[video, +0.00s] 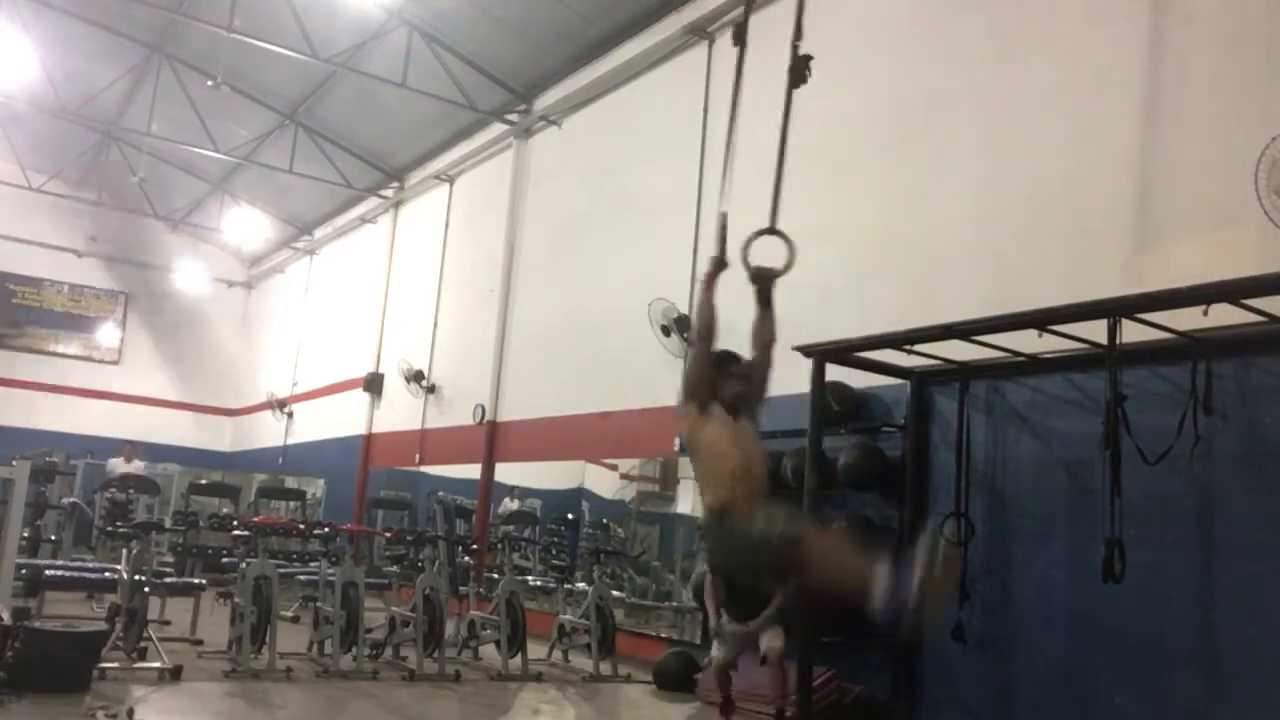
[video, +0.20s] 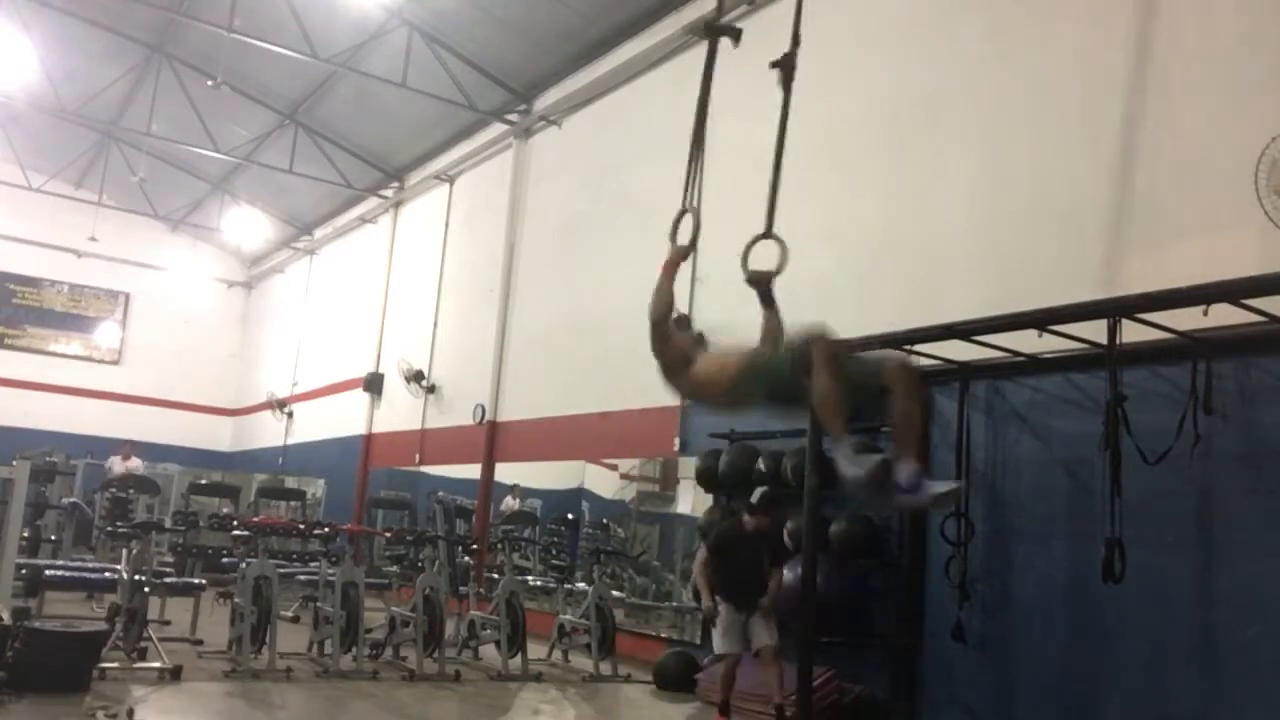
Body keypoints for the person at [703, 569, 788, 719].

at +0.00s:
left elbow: (781, 594)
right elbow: (710, 584)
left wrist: (758, 622)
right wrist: (713, 619)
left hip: (765, 617)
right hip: (731, 616)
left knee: (775, 653)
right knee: (719, 662)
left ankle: (780, 709)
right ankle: (726, 702)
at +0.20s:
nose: (761, 524)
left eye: (765, 519)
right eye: (757, 518)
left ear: (769, 518)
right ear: (746, 514)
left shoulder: (769, 536)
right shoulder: (723, 533)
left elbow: (777, 571)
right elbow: (699, 566)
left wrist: (769, 597)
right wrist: (707, 599)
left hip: (758, 601)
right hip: (727, 601)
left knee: (771, 652)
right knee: (731, 657)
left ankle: (778, 706)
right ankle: (724, 706)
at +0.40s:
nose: (764, 507)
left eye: (766, 502)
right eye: (761, 501)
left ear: (768, 503)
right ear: (749, 499)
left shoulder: (769, 524)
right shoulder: (728, 520)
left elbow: (773, 560)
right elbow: (710, 551)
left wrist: (774, 590)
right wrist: (724, 576)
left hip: (759, 594)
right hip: (731, 593)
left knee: (767, 647)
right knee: (730, 652)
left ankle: (755, 702)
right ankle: (724, 704)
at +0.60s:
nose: (767, 503)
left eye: (769, 499)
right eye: (764, 498)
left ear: (771, 498)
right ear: (753, 494)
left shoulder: (771, 521)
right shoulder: (730, 514)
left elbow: (772, 559)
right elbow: (717, 548)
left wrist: (775, 588)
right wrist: (743, 569)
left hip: (760, 591)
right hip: (731, 589)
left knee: (761, 650)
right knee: (731, 649)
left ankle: (750, 702)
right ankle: (724, 705)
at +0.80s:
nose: (777, 504)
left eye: (779, 500)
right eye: (775, 498)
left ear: (776, 498)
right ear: (765, 493)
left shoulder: (775, 522)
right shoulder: (738, 512)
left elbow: (775, 558)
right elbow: (724, 548)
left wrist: (774, 589)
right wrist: (736, 579)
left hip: (764, 591)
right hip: (740, 589)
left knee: (759, 649)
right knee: (733, 647)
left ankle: (751, 703)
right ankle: (724, 705)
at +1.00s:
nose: (762, 502)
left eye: (767, 496)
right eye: (758, 496)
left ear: (773, 499)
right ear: (750, 497)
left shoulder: (779, 522)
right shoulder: (743, 516)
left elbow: (785, 556)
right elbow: (725, 545)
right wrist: (724, 580)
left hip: (768, 592)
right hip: (740, 589)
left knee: (759, 650)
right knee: (734, 646)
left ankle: (751, 703)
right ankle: (724, 706)